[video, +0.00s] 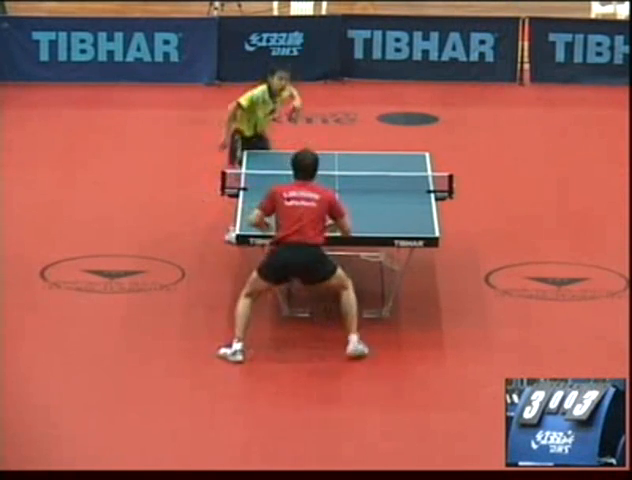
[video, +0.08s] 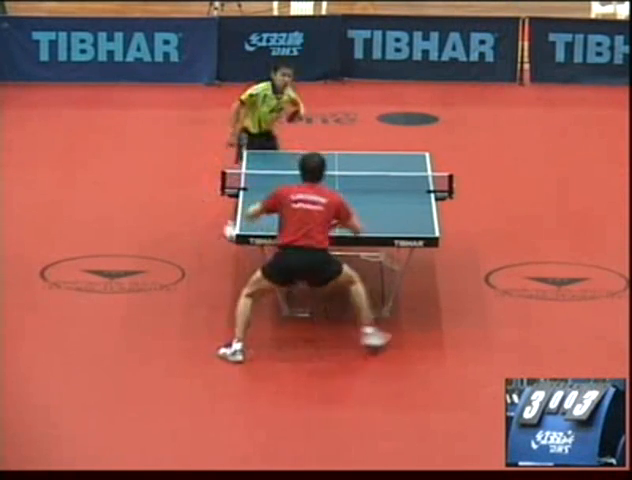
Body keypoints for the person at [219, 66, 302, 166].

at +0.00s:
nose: (283, 84)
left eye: (285, 80)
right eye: (280, 79)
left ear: (288, 83)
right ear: (270, 79)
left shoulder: (280, 94)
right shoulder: (258, 93)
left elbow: (291, 89)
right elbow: (233, 107)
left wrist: (297, 104)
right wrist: (227, 137)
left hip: (258, 132)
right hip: (242, 133)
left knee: (266, 163)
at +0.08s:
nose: (286, 80)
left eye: (289, 76)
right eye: (283, 75)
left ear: (292, 79)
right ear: (273, 75)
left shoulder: (288, 95)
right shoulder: (260, 90)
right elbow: (238, 106)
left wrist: (298, 114)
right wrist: (233, 134)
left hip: (267, 131)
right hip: (249, 132)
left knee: (274, 161)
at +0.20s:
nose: (294, 85)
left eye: (297, 81)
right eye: (290, 80)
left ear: (300, 84)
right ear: (281, 81)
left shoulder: (298, 101)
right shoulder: (266, 98)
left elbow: (303, 120)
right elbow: (248, 117)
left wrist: (308, 123)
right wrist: (243, 140)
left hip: (281, 138)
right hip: (261, 139)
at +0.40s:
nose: (303, 80)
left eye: (306, 76)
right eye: (300, 75)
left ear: (309, 79)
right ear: (291, 77)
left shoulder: (312, 95)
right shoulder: (276, 95)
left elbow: (320, 110)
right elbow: (264, 111)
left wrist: (323, 125)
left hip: (299, 134)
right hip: (279, 135)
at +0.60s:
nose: (304, 90)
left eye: (307, 87)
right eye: (301, 86)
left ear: (309, 89)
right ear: (293, 86)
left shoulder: (314, 104)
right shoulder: (279, 103)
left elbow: (334, 124)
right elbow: (267, 123)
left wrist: (325, 145)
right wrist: (276, 130)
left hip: (304, 143)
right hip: (283, 143)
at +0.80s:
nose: (319, 84)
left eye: (322, 80)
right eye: (315, 80)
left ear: (326, 83)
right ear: (307, 82)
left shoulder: (326, 101)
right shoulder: (295, 94)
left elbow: (340, 115)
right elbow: (281, 111)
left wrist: (354, 116)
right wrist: (272, 117)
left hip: (307, 138)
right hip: (287, 135)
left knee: (307, 167)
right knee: (277, 164)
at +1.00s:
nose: (315, 74)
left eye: (318, 71)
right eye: (312, 70)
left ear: (322, 75)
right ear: (304, 72)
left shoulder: (326, 92)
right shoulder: (291, 88)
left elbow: (342, 102)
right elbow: (277, 99)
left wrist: (353, 110)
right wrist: (272, 108)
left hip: (310, 132)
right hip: (289, 130)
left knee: (317, 159)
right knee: (278, 157)